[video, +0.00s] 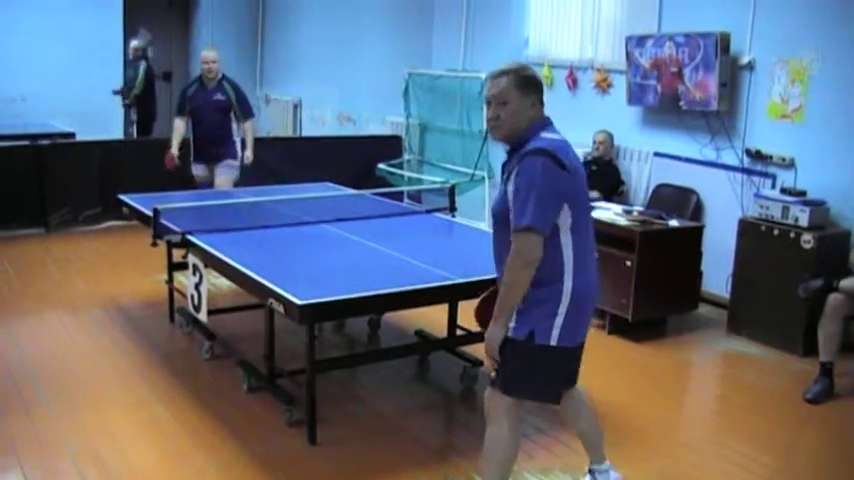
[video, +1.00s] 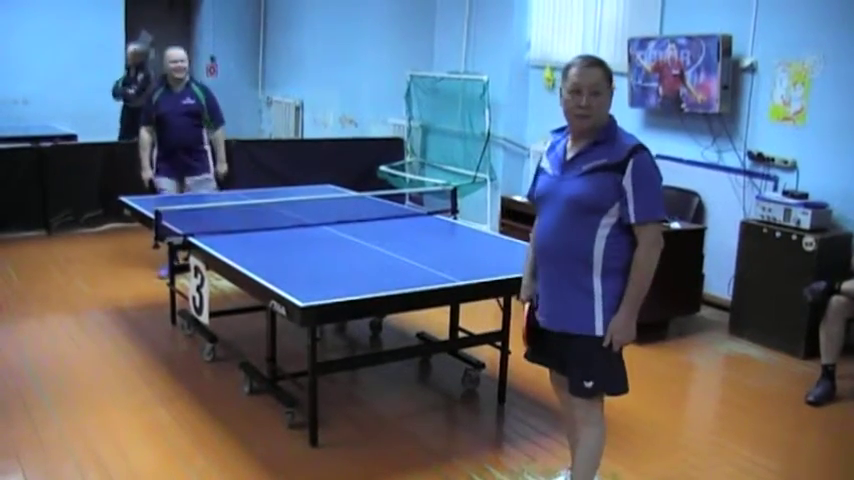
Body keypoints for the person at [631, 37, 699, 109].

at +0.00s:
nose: (669, 50)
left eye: (671, 47)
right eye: (668, 48)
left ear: (674, 49)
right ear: (664, 49)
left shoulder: (677, 62)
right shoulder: (659, 61)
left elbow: (683, 79)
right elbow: (648, 68)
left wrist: (694, 93)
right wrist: (637, 58)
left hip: (675, 93)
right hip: (663, 93)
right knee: (662, 118)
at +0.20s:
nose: (670, 50)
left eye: (671, 47)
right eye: (668, 47)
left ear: (675, 48)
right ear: (664, 48)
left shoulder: (677, 62)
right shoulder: (659, 61)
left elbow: (684, 80)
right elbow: (648, 68)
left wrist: (694, 93)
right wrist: (637, 57)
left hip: (675, 94)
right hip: (662, 94)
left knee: (677, 120)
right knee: (663, 120)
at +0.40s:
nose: (670, 50)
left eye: (671, 48)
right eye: (668, 47)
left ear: (675, 49)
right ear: (664, 48)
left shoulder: (678, 62)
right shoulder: (659, 61)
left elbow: (684, 80)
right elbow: (648, 69)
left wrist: (694, 93)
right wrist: (637, 58)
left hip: (675, 95)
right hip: (663, 94)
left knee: (677, 121)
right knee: (663, 120)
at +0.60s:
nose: (670, 51)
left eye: (672, 48)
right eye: (669, 48)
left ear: (675, 49)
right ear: (665, 48)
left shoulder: (678, 62)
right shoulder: (660, 61)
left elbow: (685, 81)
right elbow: (648, 69)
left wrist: (695, 94)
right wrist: (637, 58)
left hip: (676, 95)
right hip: (663, 95)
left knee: (677, 121)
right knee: (663, 121)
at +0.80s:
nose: (671, 52)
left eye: (673, 50)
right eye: (669, 49)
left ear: (676, 51)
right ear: (666, 51)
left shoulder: (679, 64)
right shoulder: (661, 63)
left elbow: (685, 82)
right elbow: (649, 70)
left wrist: (696, 96)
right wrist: (639, 60)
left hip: (676, 97)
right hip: (664, 96)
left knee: (678, 123)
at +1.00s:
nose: (672, 53)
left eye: (673, 50)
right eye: (670, 50)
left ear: (677, 51)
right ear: (666, 51)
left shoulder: (679, 65)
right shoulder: (661, 64)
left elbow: (685, 82)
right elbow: (650, 70)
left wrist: (696, 96)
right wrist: (639, 60)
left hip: (677, 96)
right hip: (664, 96)